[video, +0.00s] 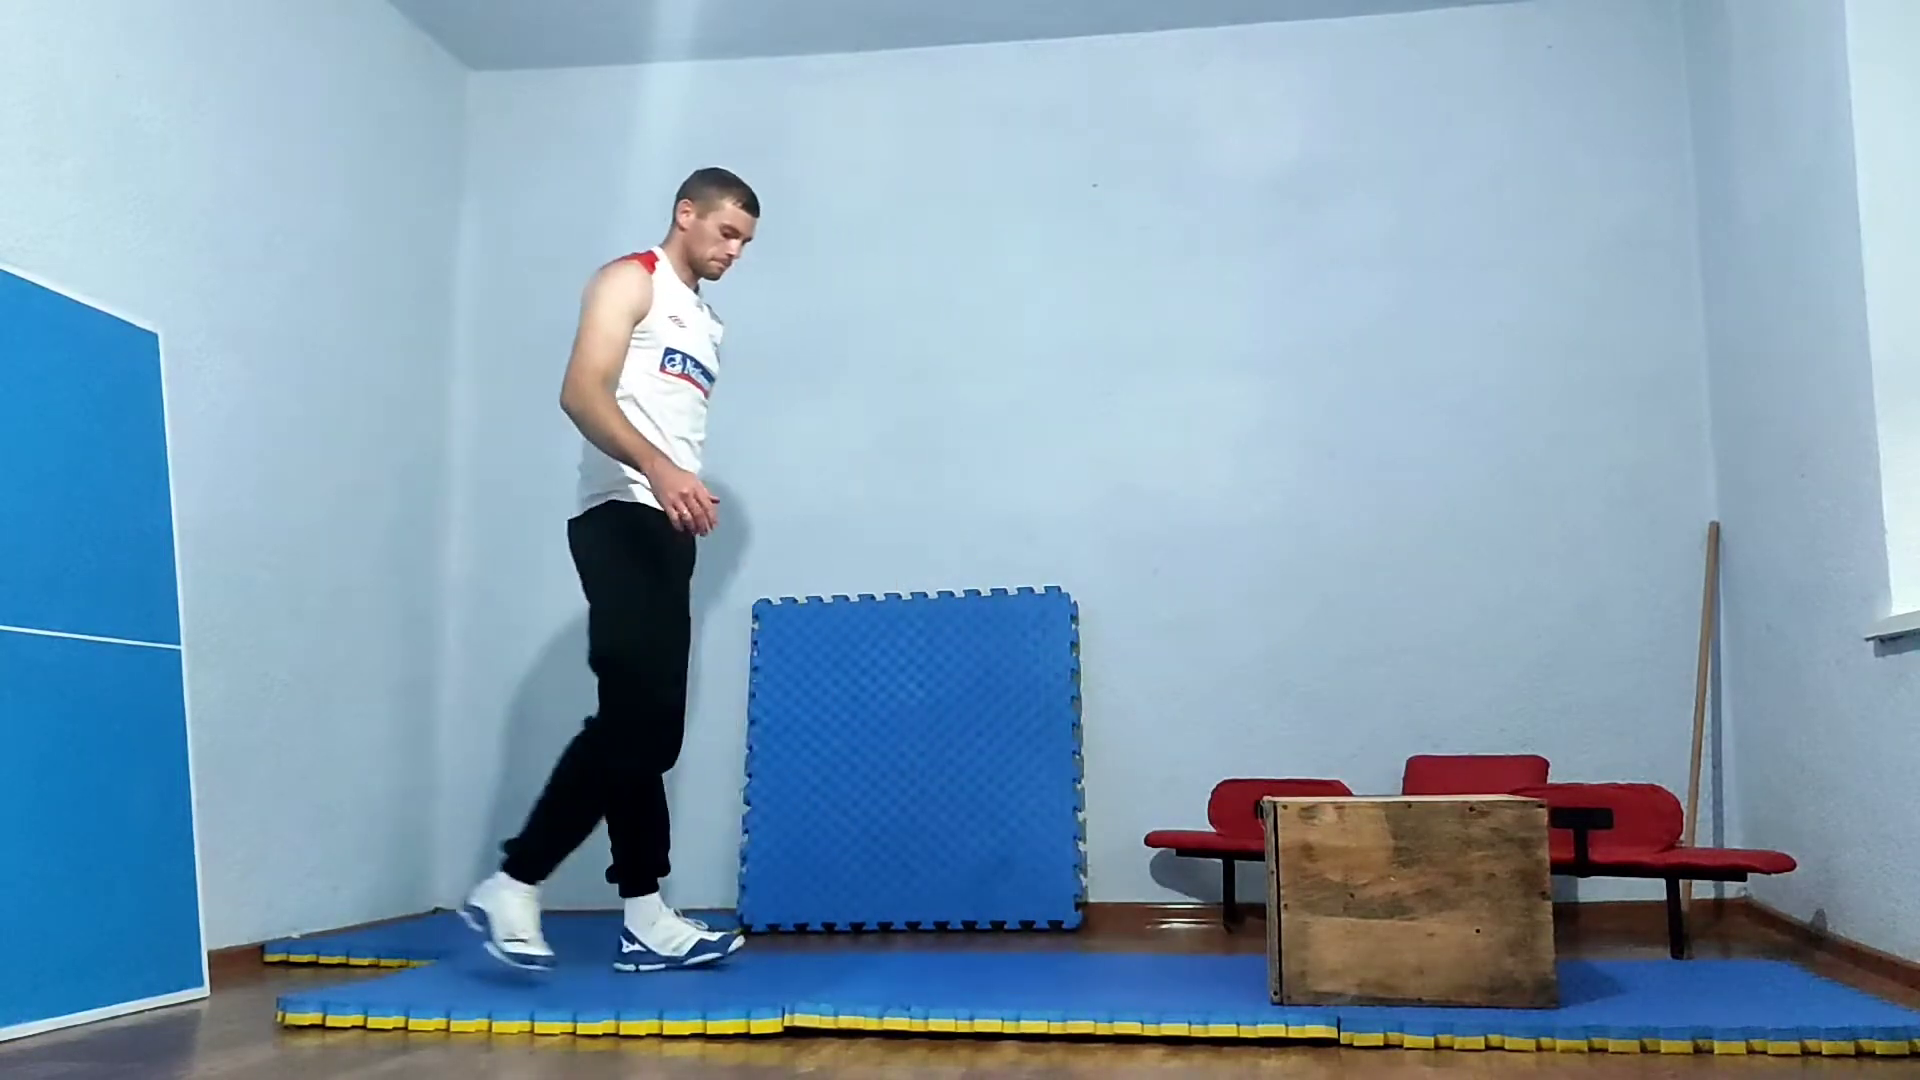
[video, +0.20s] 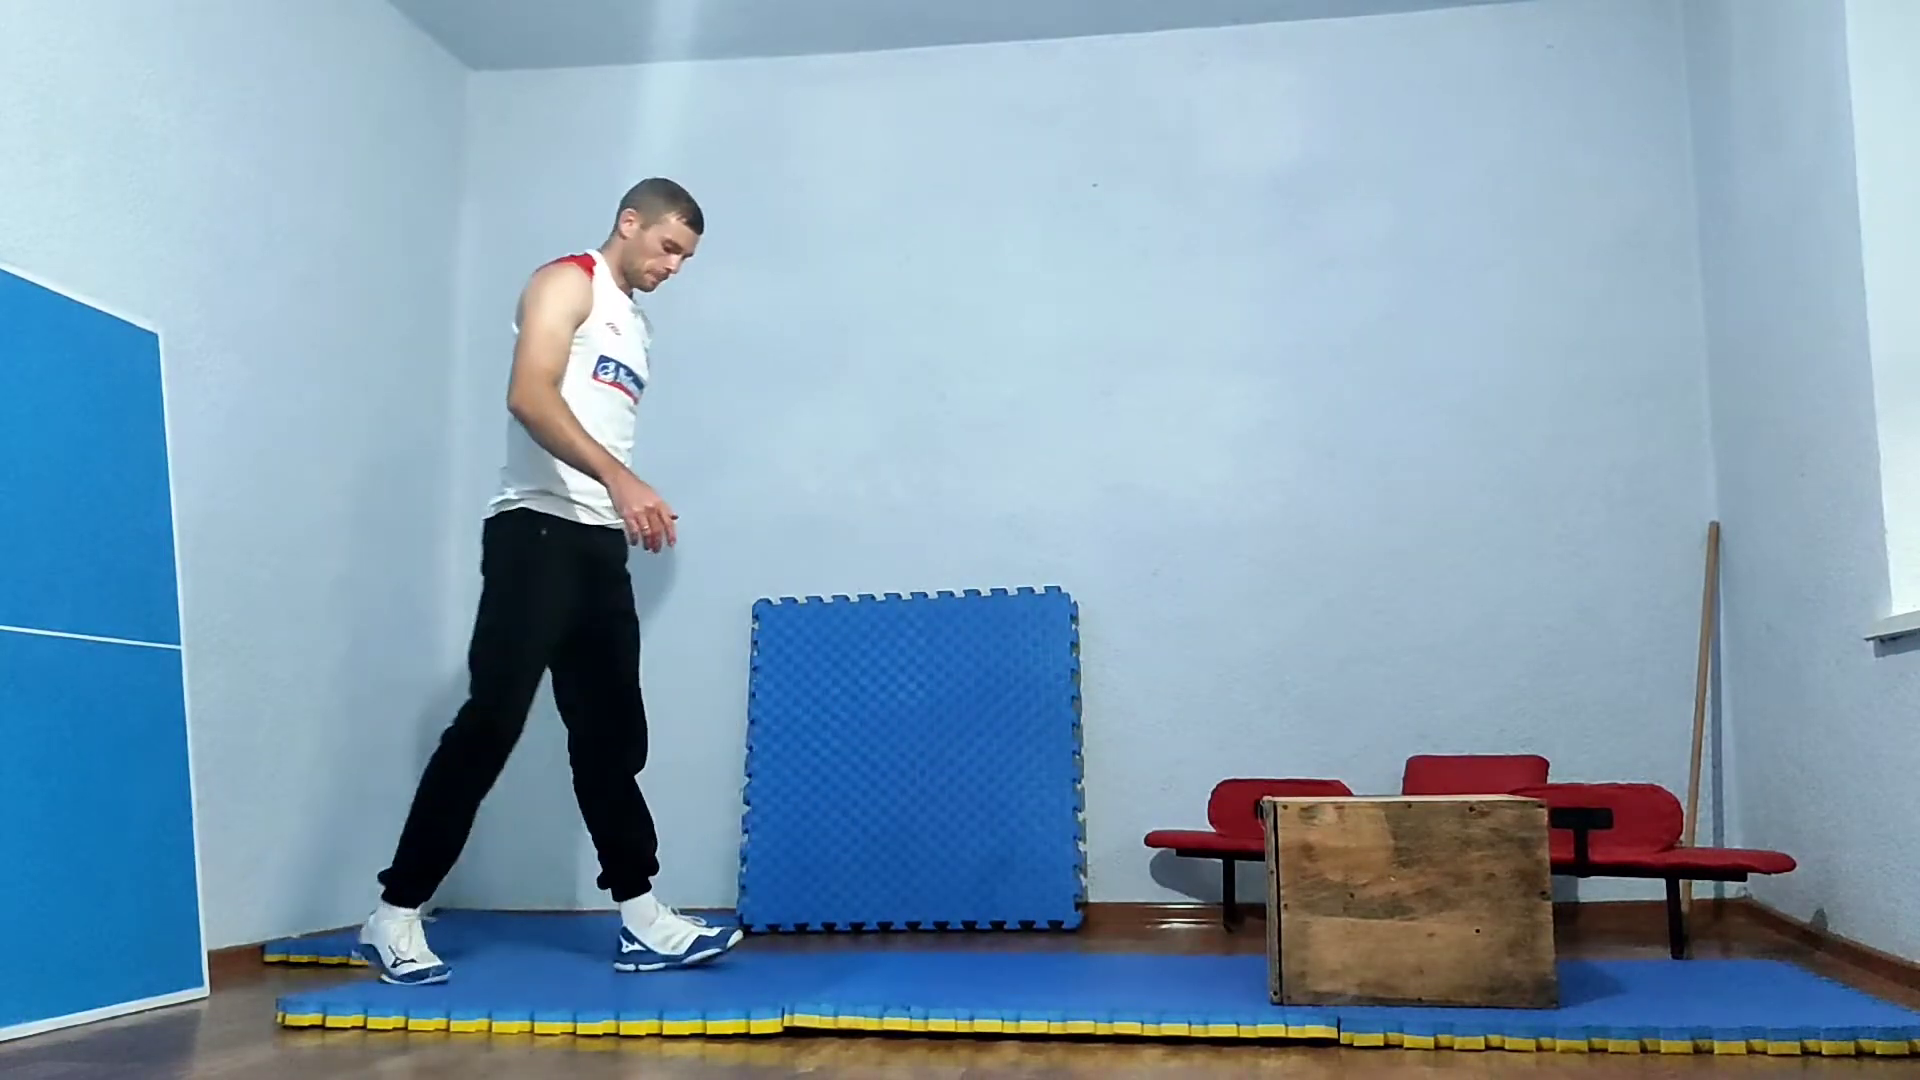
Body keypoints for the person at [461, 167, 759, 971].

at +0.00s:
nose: (735, 250)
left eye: (743, 241)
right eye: (728, 232)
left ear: (733, 242)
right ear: (684, 215)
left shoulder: (701, 318)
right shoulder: (629, 279)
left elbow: (667, 425)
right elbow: (581, 393)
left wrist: (685, 490)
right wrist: (661, 468)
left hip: (662, 527)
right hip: (619, 519)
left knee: (652, 724)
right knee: (635, 716)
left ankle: (646, 915)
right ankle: (510, 886)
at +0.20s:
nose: (673, 267)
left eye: (683, 257)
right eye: (669, 248)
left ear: (671, 253)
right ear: (627, 222)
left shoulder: (629, 321)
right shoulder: (565, 282)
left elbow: (594, 431)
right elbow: (529, 395)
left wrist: (629, 504)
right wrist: (619, 480)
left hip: (595, 548)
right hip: (534, 538)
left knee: (610, 734)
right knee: (489, 725)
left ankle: (641, 916)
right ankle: (396, 911)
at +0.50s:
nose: (596, 271)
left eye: (608, 261)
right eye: (593, 252)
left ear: (604, 258)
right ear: (554, 222)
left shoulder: (555, 313)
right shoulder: (478, 281)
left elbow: (503, 424)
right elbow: (410, 400)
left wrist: (511, 519)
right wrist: (456, 512)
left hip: (512, 538)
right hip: (440, 533)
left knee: (546, 715)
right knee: (417, 726)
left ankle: (539, 901)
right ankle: (384, 924)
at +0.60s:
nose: (582, 268)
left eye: (593, 258)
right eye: (577, 248)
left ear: (588, 255)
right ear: (538, 221)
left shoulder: (541, 314)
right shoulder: (462, 285)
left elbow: (492, 428)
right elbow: (388, 398)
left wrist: (503, 526)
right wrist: (415, 519)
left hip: (502, 543)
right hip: (436, 535)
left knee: (526, 719)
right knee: (409, 730)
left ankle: (489, 902)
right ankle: (379, 927)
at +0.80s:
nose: (572, 270)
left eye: (582, 261)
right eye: (567, 252)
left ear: (578, 258)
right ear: (528, 225)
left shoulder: (530, 319)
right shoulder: (458, 288)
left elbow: (504, 448)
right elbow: (397, 408)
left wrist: (518, 548)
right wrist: (409, 532)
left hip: (492, 546)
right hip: (433, 535)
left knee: (491, 730)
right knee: (406, 731)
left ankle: (470, 910)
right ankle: (375, 927)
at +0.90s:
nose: (571, 272)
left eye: (581, 263)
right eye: (566, 253)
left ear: (578, 261)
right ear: (527, 227)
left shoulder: (532, 324)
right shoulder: (459, 289)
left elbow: (509, 453)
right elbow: (408, 410)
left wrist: (523, 555)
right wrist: (434, 527)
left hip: (491, 545)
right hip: (434, 535)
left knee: (491, 729)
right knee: (430, 725)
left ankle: (469, 910)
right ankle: (383, 923)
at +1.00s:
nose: (568, 272)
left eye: (578, 262)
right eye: (562, 253)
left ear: (574, 261)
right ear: (524, 229)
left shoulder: (533, 328)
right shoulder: (456, 291)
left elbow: (519, 455)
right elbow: (414, 411)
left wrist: (535, 557)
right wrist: (462, 518)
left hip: (489, 541)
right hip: (432, 530)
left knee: (494, 726)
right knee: (457, 719)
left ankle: (468, 910)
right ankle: (388, 915)